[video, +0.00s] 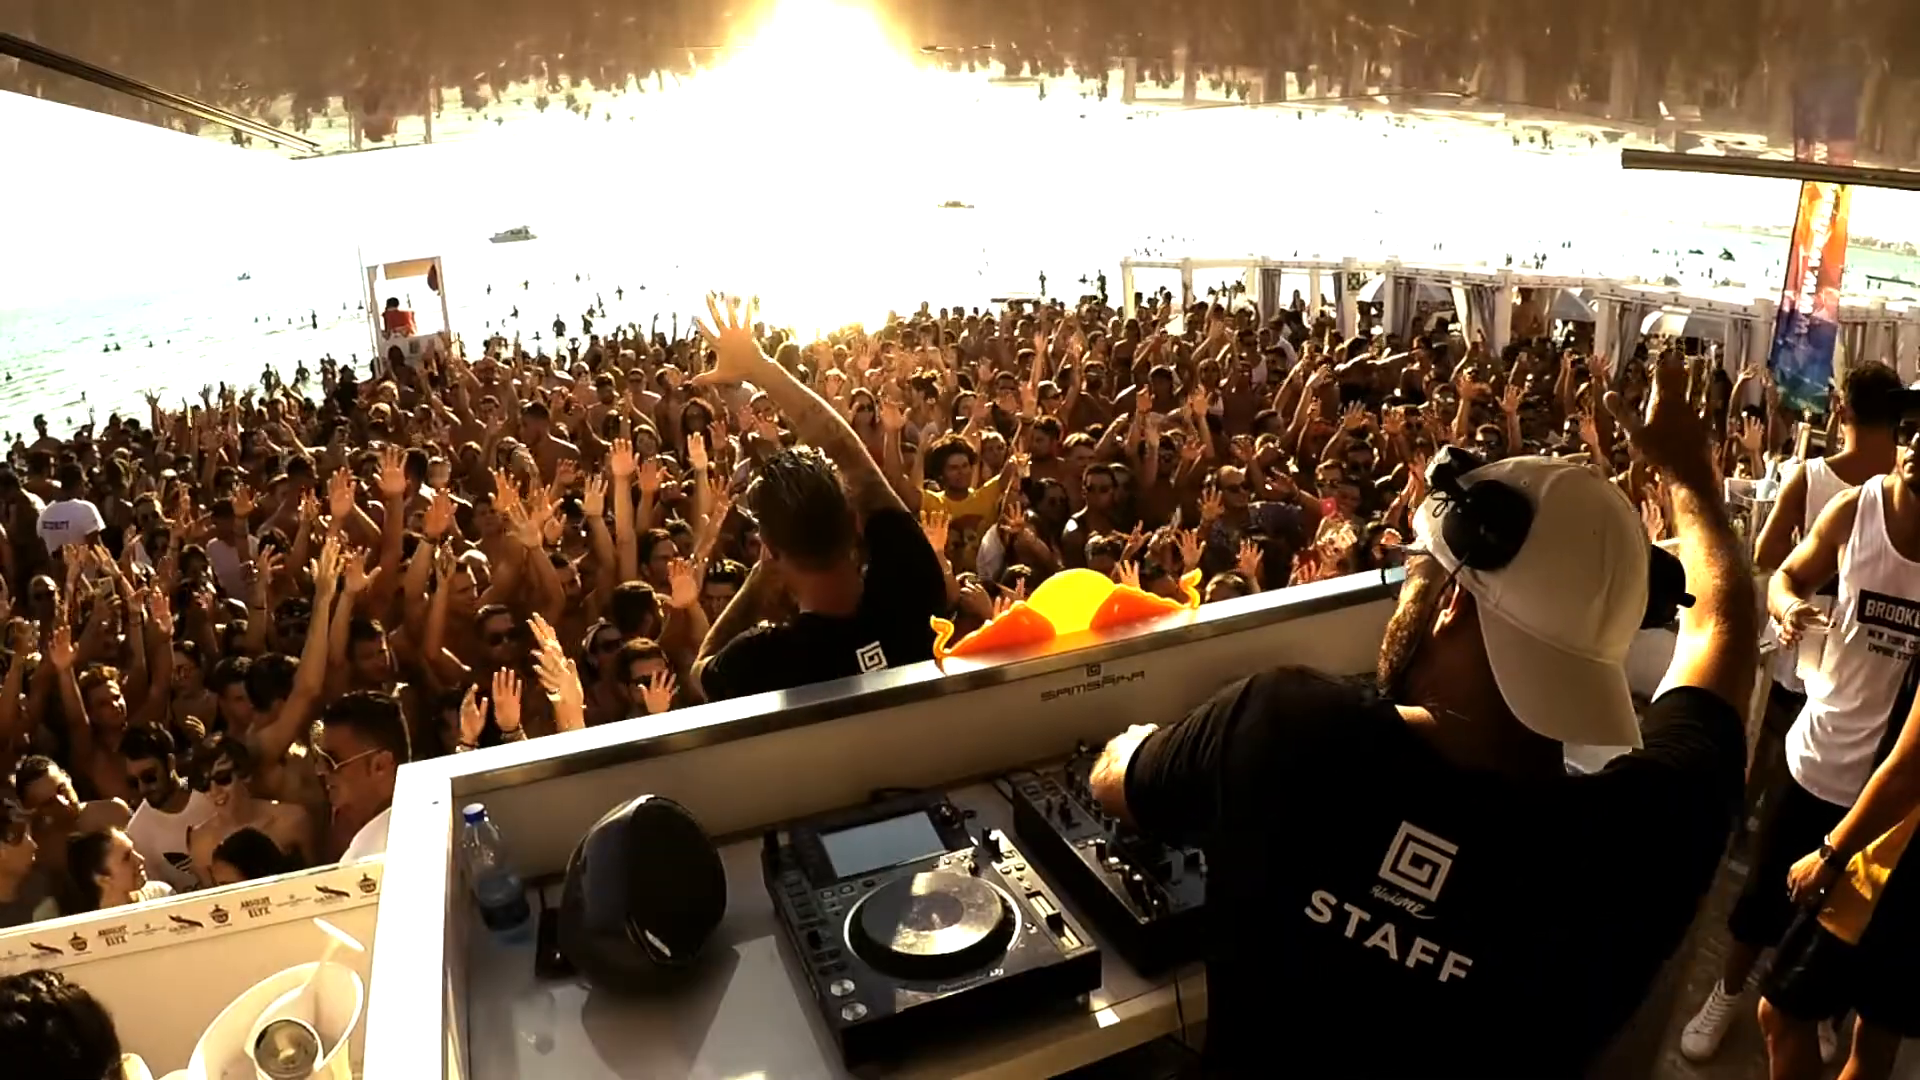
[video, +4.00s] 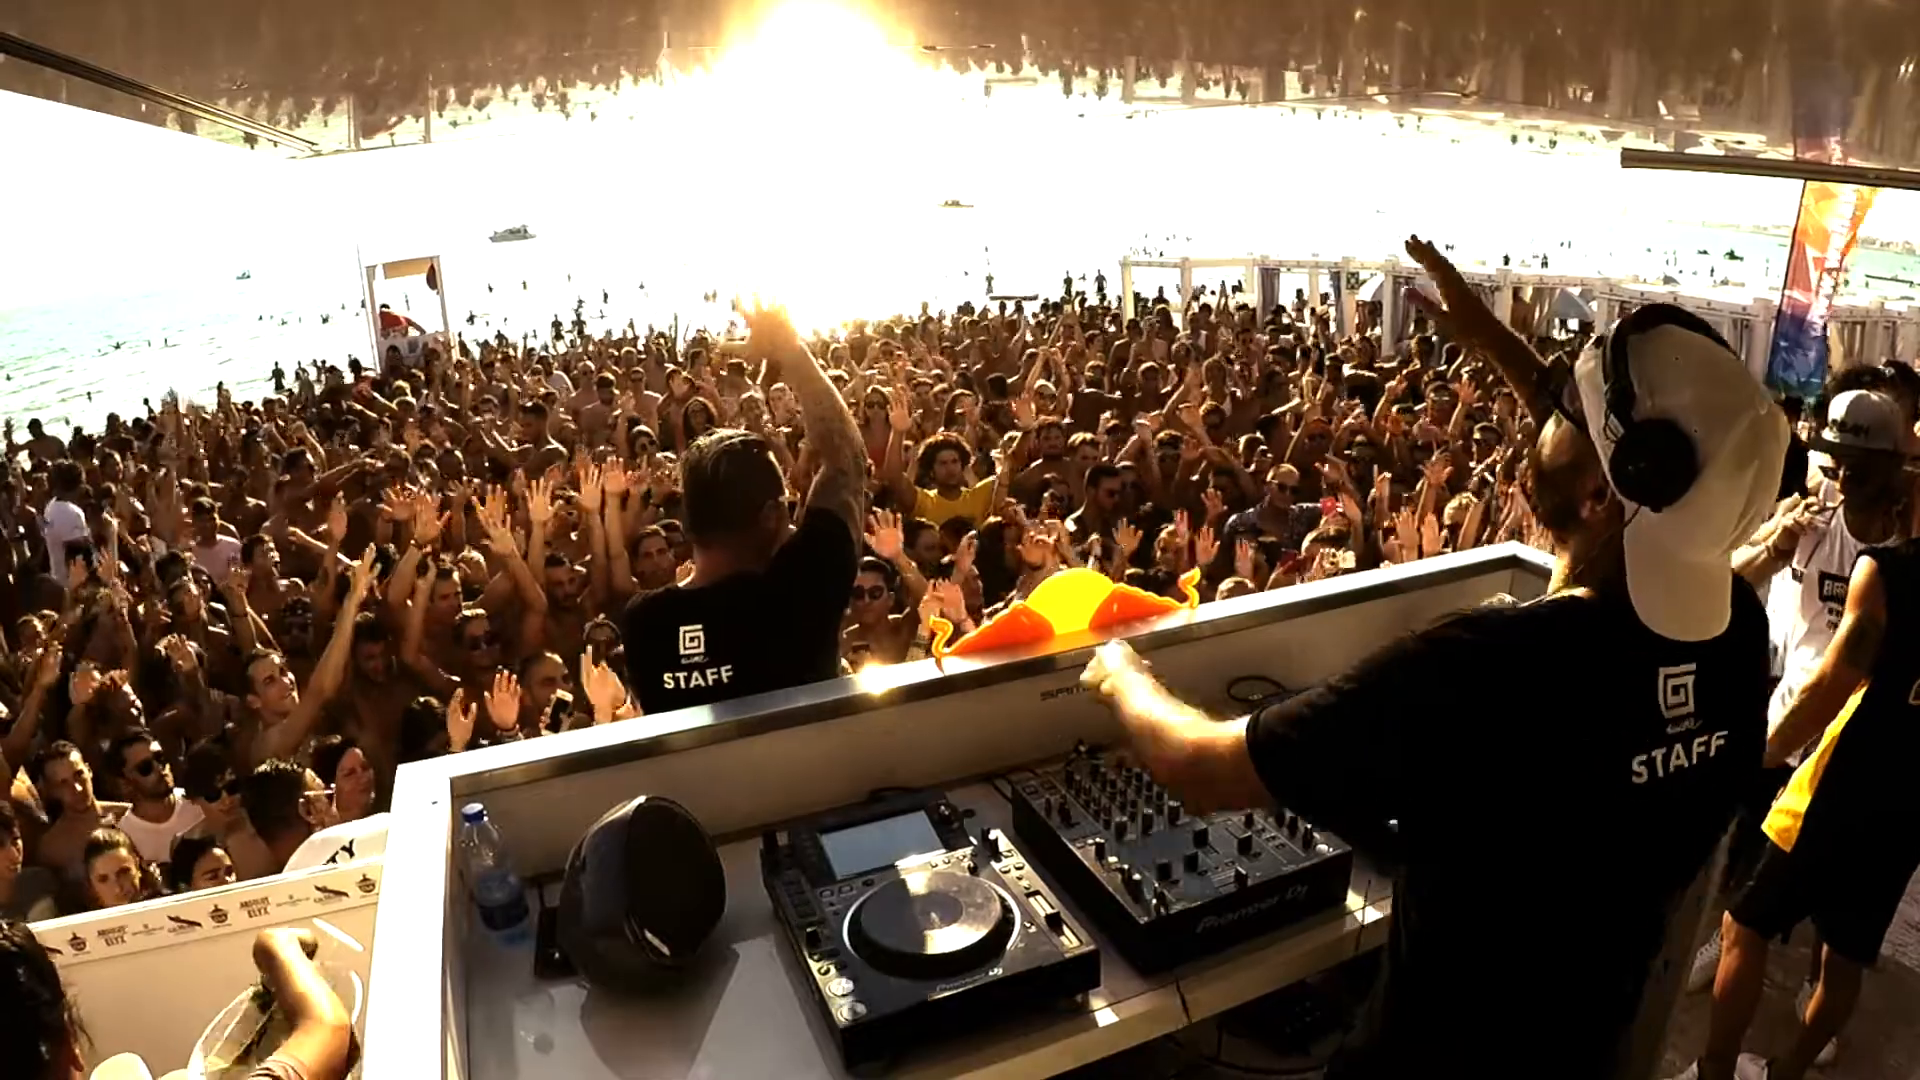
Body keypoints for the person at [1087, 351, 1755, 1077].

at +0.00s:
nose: (1402, 587)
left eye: (1419, 572)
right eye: (1416, 568)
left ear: (1457, 609)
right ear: (1588, 650)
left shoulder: (1283, 727)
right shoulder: (1628, 855)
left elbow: (1111, 782)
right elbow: (1724, 626)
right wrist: (1694, 477)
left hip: (1233, 1072)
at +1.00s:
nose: (1275, 601)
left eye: (1289, 588)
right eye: (1291, 581)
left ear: (1299, 623)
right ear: (1479, 674)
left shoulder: (1144, 734)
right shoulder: (1496, 886)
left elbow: (1052, 800)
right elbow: (1669, 636)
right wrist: (1627, 412)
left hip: (1112, 1055)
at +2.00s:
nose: (1309, 602)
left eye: (1319, 592)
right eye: (1328, 589)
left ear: (1324, 629)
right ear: (1500, 676)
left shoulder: (1162, 739)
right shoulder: (1497, 897)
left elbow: (1063, 782)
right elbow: (1675, 671)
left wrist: (1278, 716)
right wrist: (1617, 422)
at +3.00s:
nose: (1334, 541)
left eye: (1347, 522)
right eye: (1351, 520)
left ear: (1357, 557)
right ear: (1523, 586)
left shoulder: (1215, 688)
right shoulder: (1579, 782)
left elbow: (1054, 784)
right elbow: (1667, 582)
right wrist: (1570, 385)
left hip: (1199, 1049)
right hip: (1446, 1069)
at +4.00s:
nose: (1542, 429)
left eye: (1566, 418)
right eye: (1560, 411)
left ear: (1605, 495)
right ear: (1689, 496)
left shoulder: (1480, 664)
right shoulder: (1737, 642)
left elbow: (1203, 767)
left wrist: (1120, 672)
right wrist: (1503, 344)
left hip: (1436, 1061)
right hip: (1615, 1050)